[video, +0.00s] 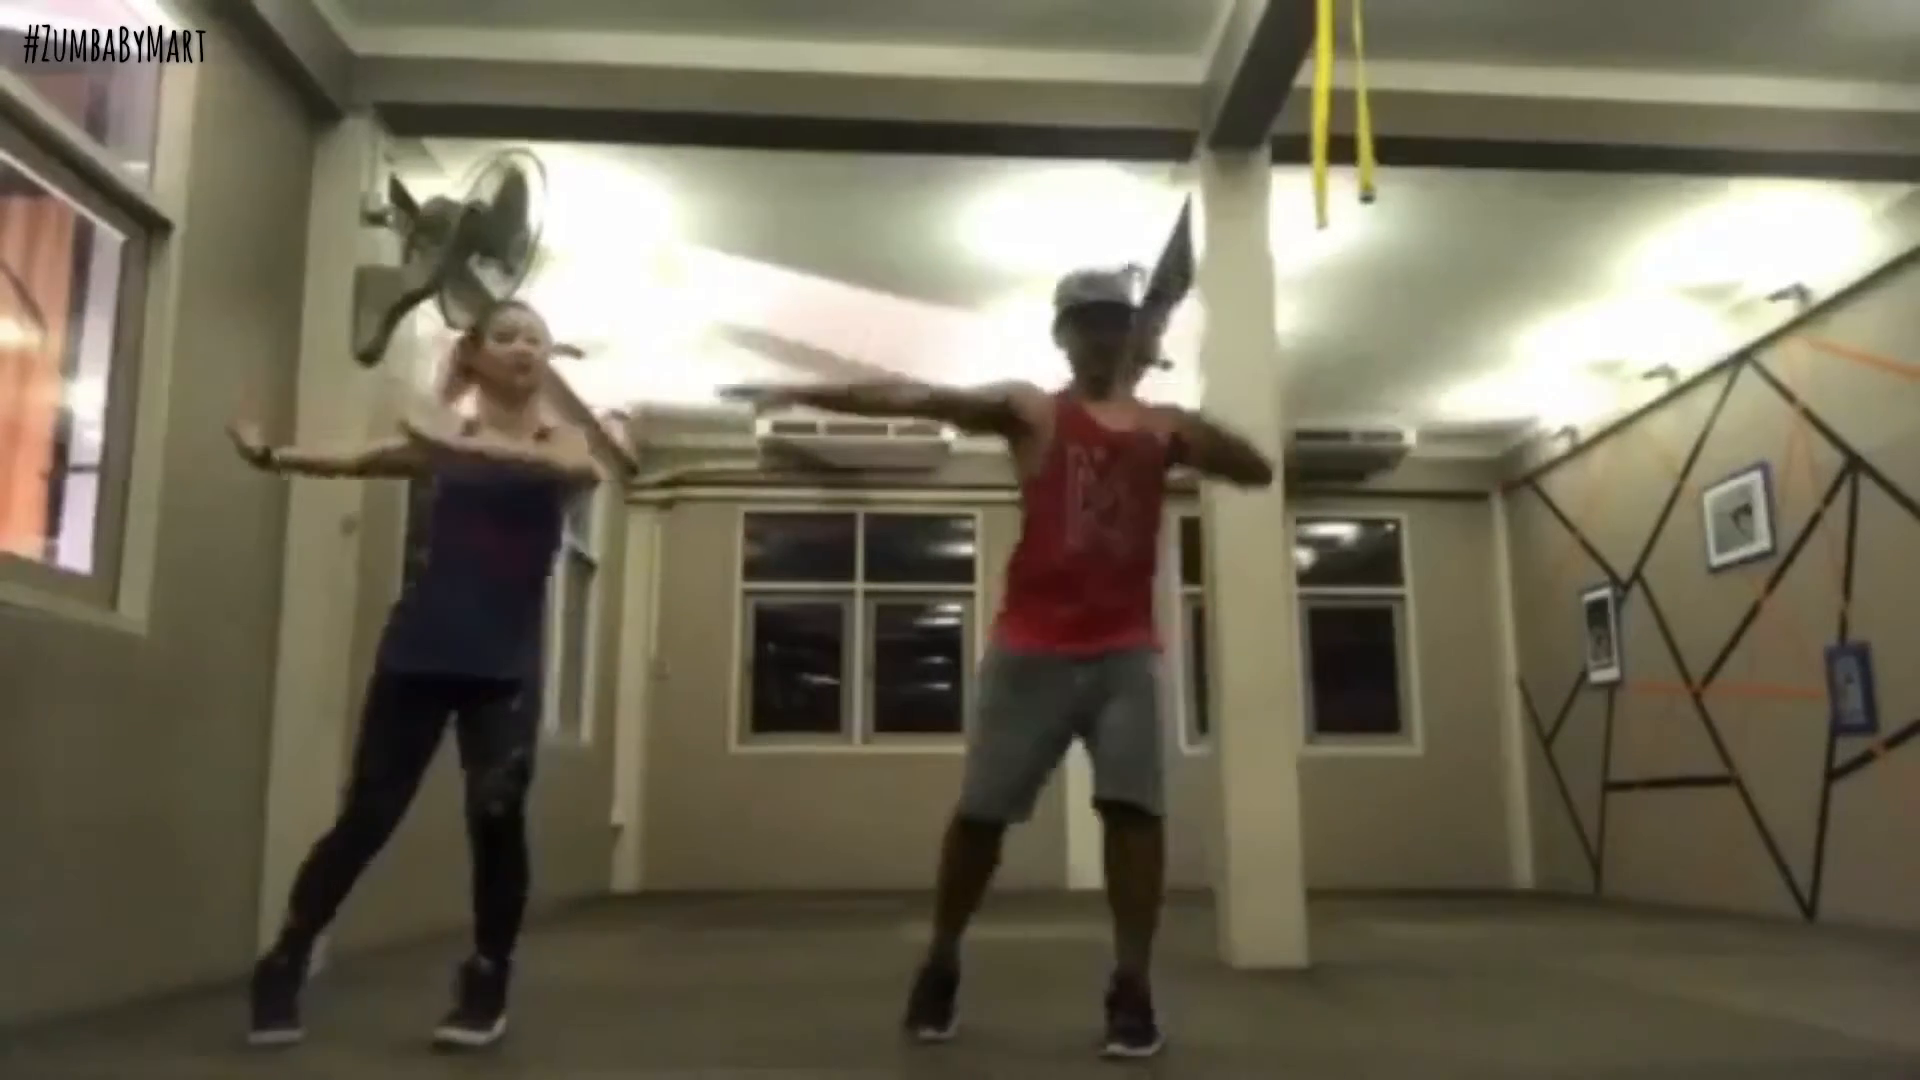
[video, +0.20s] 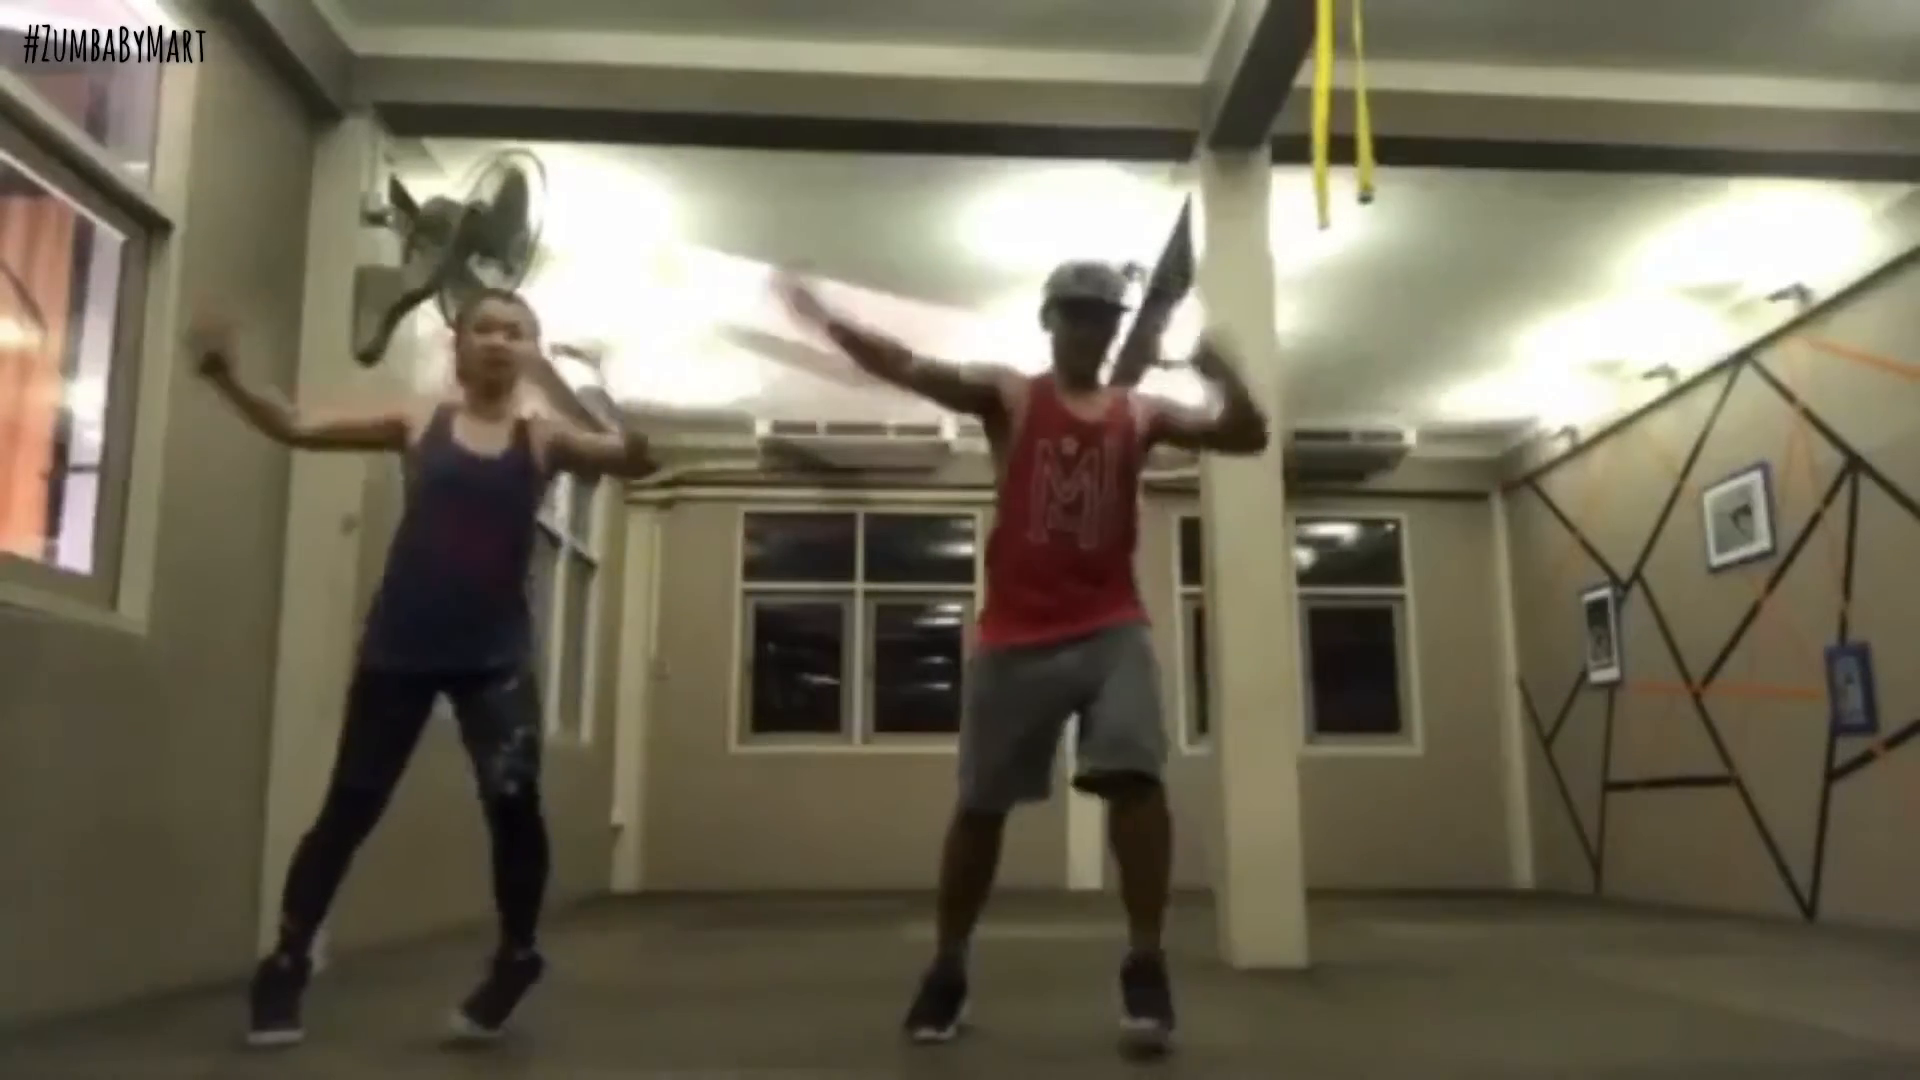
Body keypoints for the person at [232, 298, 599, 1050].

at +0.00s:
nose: (524, 352)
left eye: (535, 341)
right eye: (507, 339)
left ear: (548, 362)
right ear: (473, 357)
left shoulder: (561, 450)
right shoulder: (447, 443)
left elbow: (588, 467)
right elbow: (357, 462)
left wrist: (553, 377)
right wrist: (273, 457)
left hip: (505, 662)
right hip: (419, 652)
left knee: (498, 822)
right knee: (369, 817)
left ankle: (486, 988)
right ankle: (282, 968)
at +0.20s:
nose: (497, 343)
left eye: (512, 332)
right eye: (484, 329)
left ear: (531, 351)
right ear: (456, 343)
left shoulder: (541, 434)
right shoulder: (421, 422)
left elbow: (635, 459)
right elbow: (300, 429)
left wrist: (561, 383)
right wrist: (224, 376)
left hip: (493, 650)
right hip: (403, 643)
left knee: (514, 805)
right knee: (350, 807)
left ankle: (517, 960)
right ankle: (286, 965)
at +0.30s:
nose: (498, 340)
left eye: (513, 331)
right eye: (486, 327)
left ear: (535, 351)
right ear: (459, 341)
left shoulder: (546, 432)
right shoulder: (425, 421)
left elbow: (638, 470)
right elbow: (313, 429)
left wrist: (688, 435)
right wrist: (337, 355)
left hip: (504, 646)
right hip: (414, 640)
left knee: (514, 799)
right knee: (358, 805)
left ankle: (568, 935)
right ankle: (287, 963)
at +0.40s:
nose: (507, 347)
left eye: (523, 338)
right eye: (498, 334)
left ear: (548, 359)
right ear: (478, 349)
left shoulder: (562, 444)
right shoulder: (446, 436)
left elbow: (658, 487)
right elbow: (367, 465)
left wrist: (758, 479)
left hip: (526, 660)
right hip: (436, 655)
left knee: (532, 820)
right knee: (368, 814)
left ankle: (620, 969)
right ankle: (287, 972)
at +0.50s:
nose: (526, 354)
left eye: (544, 345)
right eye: (517, 343)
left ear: (570, 370)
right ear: (499, 360)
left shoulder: (583, 450)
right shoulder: (474, 443)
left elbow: (658, 493)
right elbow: (403, 480)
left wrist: (743, 509)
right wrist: (487, 463)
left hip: (565, 663)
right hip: (480, 659)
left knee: (568, 829)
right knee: (395, 821)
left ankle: (626, 982)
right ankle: (295, 972)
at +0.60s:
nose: (549, 344)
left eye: (567, 335)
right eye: (540, 336)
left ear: (598, 362)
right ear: (525, 357)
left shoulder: (618, 447)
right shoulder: (500, 442)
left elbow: (685, 485)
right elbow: (391, 462)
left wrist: (769, 476)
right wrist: (454, 433)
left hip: (598, 659)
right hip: (511, 657)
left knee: (597, 826)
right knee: (428, 815)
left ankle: (629, 982)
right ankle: (331, 959)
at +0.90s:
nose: (590, 344)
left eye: (608, 336)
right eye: (582, 334)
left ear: (634, 361)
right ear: (565, 353)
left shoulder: (648, 448)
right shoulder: (534, 437)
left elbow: (733, 508)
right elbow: (461, 505)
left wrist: (708, 466)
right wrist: (413, 466)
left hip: (626, 650)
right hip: (542, 652)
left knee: (625, 818)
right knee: (554, 823)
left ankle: (635, 971)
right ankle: (565, 971)